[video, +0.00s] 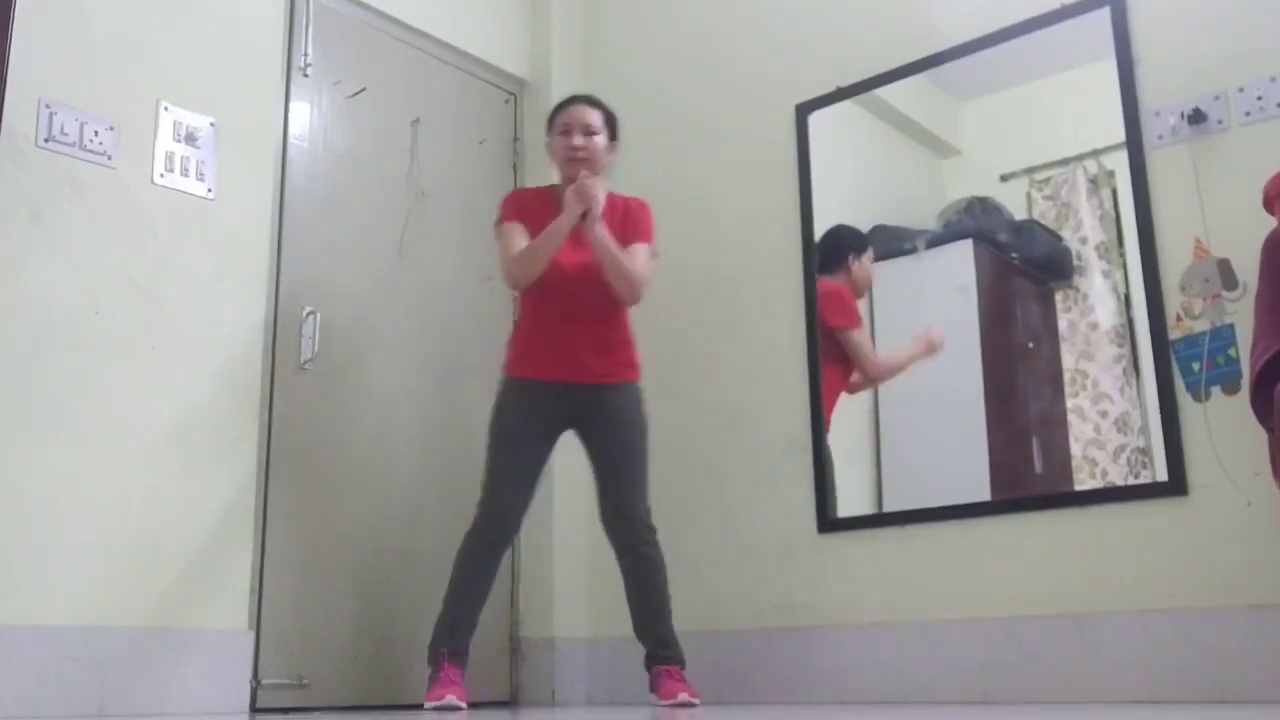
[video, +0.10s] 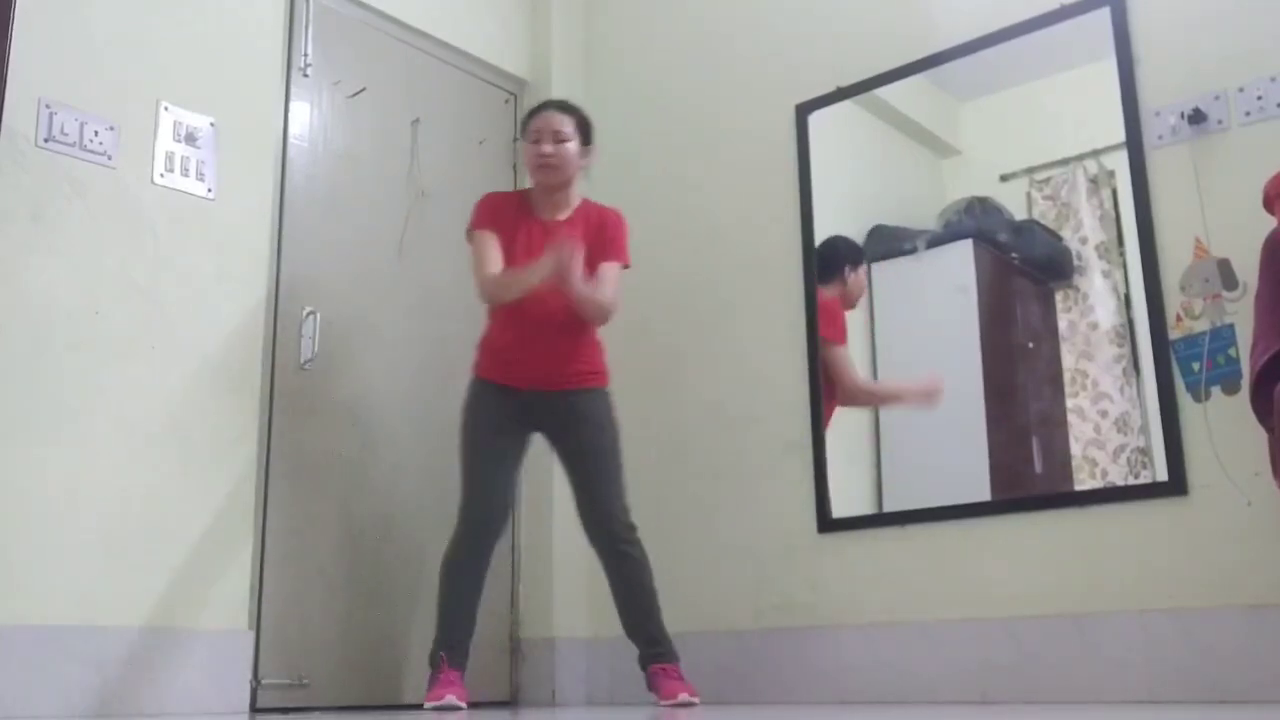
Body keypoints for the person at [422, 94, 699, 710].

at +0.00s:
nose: (578, 142)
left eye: (590, 133)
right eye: (567, 133)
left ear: (612, 147)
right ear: (549, 145)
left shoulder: (631, 212)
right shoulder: (523, 204)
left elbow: (632, 289)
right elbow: (517, 273)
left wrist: (594, 227)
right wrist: (571, 214)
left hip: (610, 388)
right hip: (533, 385)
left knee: (631, 523)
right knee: (495, 521)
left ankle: (666, 666)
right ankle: (447, 663)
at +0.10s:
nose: (545, 149)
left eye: (558, 140)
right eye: (536, 139)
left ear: (584, 153)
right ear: (522, 151)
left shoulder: (604, 222)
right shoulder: (496, 209)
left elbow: (601, 310)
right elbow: (492, 290)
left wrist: (573, 276)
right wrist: (550, 262)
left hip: (578, 392)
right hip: (500, 389)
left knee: (612, 527)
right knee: (479, 523)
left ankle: (661, 666)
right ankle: (447, 671)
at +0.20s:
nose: (517, 162)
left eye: (530, 151)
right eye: (508, 152)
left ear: (559, 158)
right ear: (498, 160)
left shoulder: (583, 230)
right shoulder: (475, 213)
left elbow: (581, 309)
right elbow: (468, 294)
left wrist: (559, 369)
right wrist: (485, 363)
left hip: (549, 388)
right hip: (475, 384)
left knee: (581, 516)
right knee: (462, 519)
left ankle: (641, 654)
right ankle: (444, 669)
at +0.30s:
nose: (491, 170)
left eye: (504, 158)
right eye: (484, 159)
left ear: (540, 160)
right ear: (478, 163)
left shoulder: (568, 235)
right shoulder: (462, 215)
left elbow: (564, 330)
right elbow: (441, 307)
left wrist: (572, 418)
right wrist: (419, 399)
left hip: (529, 389)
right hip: (456, 387)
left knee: (538, 498)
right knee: (454, 515)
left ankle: (591, 634)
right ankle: (443, 669)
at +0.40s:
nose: (479, 167)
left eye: (493, 154)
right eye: (472, 156)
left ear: (529, 157)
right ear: (468, 160)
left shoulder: (559, 232)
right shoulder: (450, 216)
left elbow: (571, 328)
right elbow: (392, 301)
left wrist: (583, 414)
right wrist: (374, 390)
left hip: (524, 382)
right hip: (448, 380)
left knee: (512, 486)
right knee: (450, 511)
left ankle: (523, 629)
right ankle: (442, 669)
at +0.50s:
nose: (471, 163)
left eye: (484, 151)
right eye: (464, 152)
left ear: (521, 154)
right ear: (460, 155)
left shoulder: (553, 226)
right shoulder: (442, 209)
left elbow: (583, 301)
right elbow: (362, 260)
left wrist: (590, 385)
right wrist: (363, 349)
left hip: (518, 384)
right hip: (443, 380)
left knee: (492, 506)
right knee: (441, 514)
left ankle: (474, 649)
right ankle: (439, 666)